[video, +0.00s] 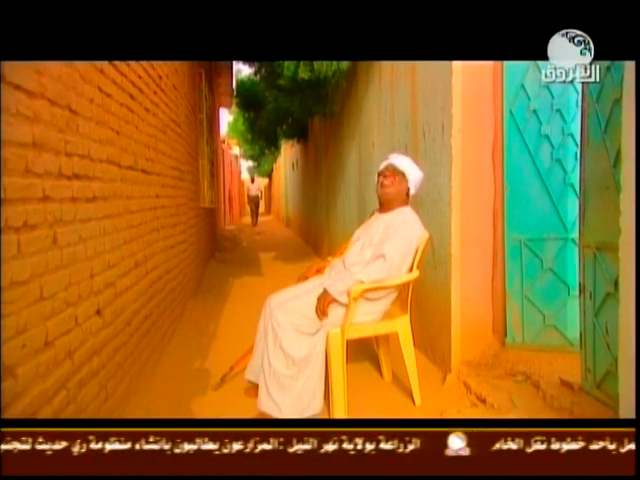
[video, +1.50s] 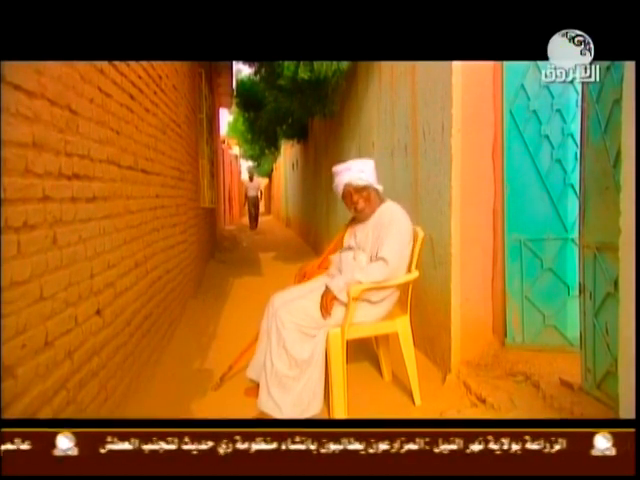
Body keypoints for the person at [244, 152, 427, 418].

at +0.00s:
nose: (385, 179)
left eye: (394, 175)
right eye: (382, 175)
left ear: (408, 187)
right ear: (377, 183)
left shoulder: (406, 223)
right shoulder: (381, 216)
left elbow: (388, 270)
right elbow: (354, 255)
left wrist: (336, 291)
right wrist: (325, 267)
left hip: (362, 300)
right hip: (341, 283)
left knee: (284, 315)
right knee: (274, 304)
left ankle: (289, 405)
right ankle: (265, 377)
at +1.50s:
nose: (356, 202)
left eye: (359, 193)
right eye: (349, 198)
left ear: (373, 190)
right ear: (345, 201)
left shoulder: (395, 218)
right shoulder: (361, 219)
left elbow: (389, 270)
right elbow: (344, 258)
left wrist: (339, 287)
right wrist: (328, 283)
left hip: (368, 299)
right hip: (342, 286)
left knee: (288, 315)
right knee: (278, 303)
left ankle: (289, 407)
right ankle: (268, 377)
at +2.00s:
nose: (333, 208)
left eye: (334, 200)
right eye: (327, 206)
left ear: (347, 193)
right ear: (325, 208)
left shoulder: (378, 217)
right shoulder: (346, 220)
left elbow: (386, 270)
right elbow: (341, 258)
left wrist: (337, 284)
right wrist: (326, 278)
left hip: (367, 299)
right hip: (340, 285)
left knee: (288, 317)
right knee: (276, 304)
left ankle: (289, 406)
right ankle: (267, 380)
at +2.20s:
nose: (329, 211)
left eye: (330, 202)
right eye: (321, 208)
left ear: (342, 194)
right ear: (319, 210)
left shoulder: (373, 217)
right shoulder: (341, 220)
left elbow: (384, 270)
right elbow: (338, 259)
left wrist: (337, 279)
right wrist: (327, 285)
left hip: (367, 298)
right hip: (339, 285)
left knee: (287, 317)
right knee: (276, 304)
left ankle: (290, 406)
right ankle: (267, 380)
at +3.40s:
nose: (335, 196)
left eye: (342, 189)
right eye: (331, 190)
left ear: (360, 189)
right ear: (328, 193)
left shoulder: (381, 218)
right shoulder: (351, 218)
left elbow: (386, 271)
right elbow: (343, 259)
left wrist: (338, 285)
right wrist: (326, 280)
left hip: (368, 301)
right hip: (341, 287)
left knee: (288, 318)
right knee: (276, 305)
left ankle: (289, 407)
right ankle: (267, 380)